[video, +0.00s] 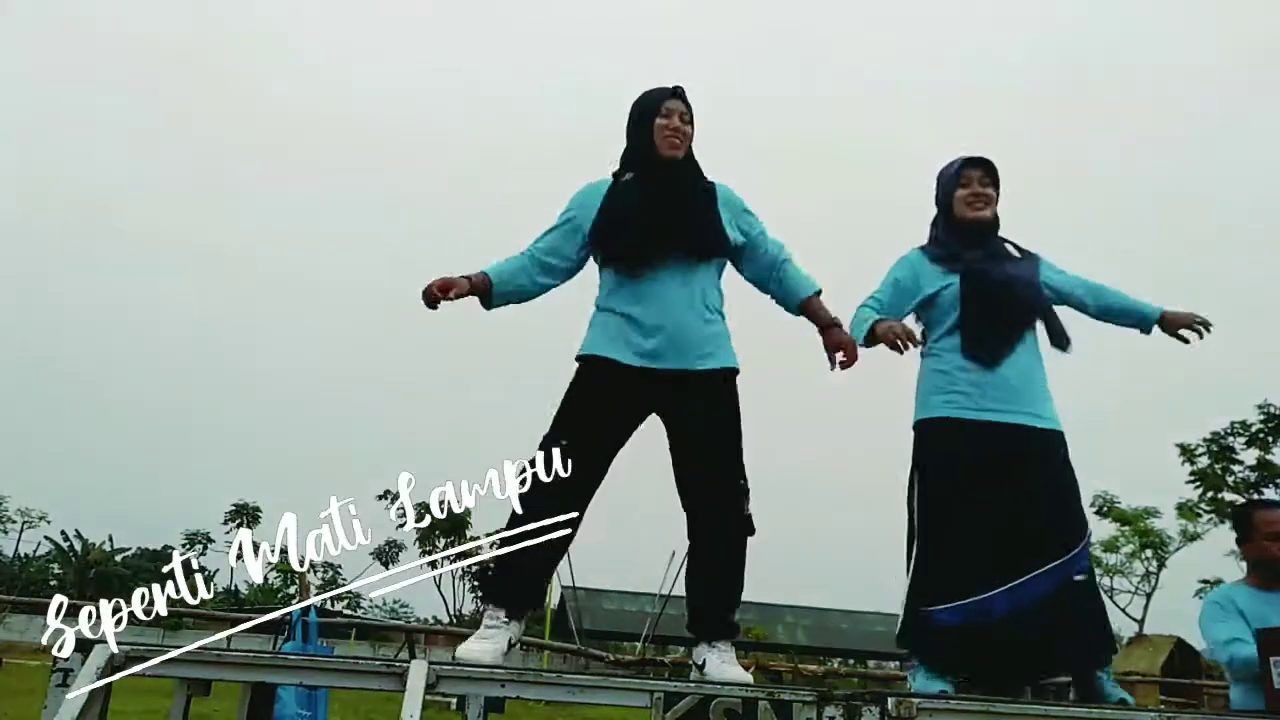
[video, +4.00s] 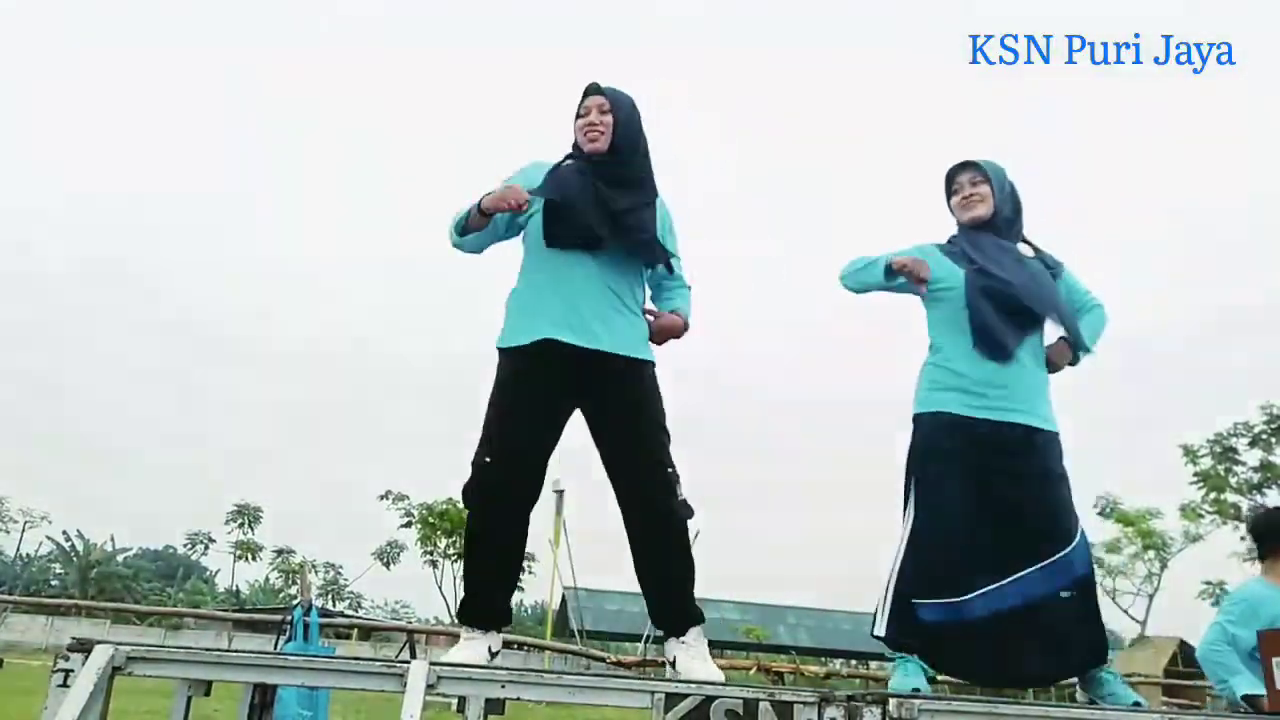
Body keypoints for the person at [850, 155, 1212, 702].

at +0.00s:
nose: (978, 192)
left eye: (987, 186)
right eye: (965, 185)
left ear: (999, 200)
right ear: (944, 199)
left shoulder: (1025, 264)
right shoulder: (918, 265)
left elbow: (1089, 294)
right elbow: (863, 321)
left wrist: (1158, 316)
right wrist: (882, 326)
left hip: (1030, 420)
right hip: (952, 418)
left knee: (1064, 541)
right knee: (947, 540)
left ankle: (1088, 668)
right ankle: (932, 664)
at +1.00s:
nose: (939, 186)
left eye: (950, 179)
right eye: (930, 180)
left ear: (969, 194)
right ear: (916, 196)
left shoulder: (997, 258)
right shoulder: (896, 249)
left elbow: (1052, 312)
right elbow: (848, 275)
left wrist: (1020, 339)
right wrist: (915, 246)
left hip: (978, 409)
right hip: (900, 404)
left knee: (998, 535)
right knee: (897, 531)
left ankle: (1011, 665)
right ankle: (894, 660)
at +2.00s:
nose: (885, 202)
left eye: (891, 197)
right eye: (877, 190)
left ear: (892, 208)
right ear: (847, 189)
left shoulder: (902, 264)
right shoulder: (804, 250)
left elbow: (963, 258)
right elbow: (735, 282)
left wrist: (893, 236)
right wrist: (787, 318)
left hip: (892, 417)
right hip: (820, 408)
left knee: (908, 529)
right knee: (815, 530)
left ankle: (884, 666)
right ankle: (799, 661)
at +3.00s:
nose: (990, 182)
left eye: (997, 174)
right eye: (978, 174)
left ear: (1006, 187)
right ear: (953, 185)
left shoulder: (1029, 252)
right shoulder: (930, 245)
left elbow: (1091, 278)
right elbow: (864, 289)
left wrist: (1166, 281)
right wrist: (916, 319)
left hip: (1034, 403)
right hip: (960, 402)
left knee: (1078, 524)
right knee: (957, 527)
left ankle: (1100, 659)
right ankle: (938, 657)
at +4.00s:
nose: (968, 193)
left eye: (978, 183)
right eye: (958, 190)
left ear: (1004, 194)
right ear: (951, 208)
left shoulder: (1041, 264)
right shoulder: (935, 256)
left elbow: (1093, 310)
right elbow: (852, 276)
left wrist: (1070, 347)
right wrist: (892, 267)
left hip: (1026, 414)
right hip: (948, 408)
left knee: (1061, 537)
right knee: (936, 532)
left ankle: (1094, 668)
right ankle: (911, 660)